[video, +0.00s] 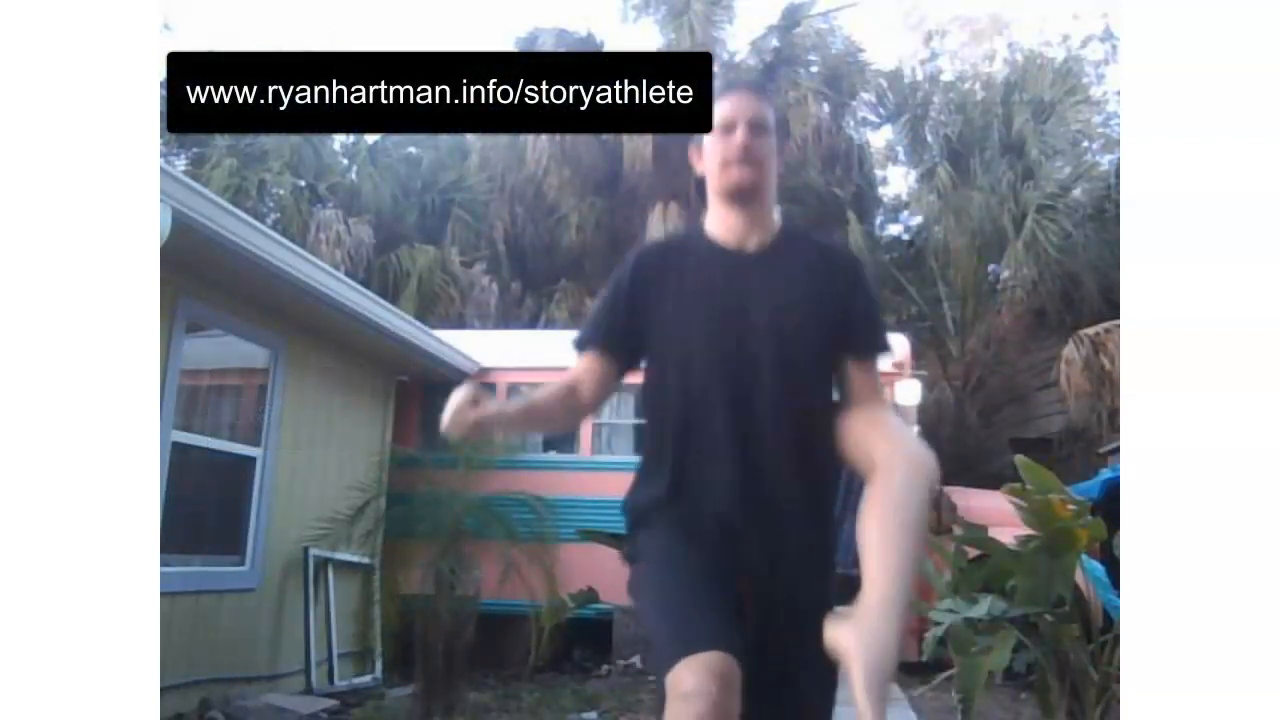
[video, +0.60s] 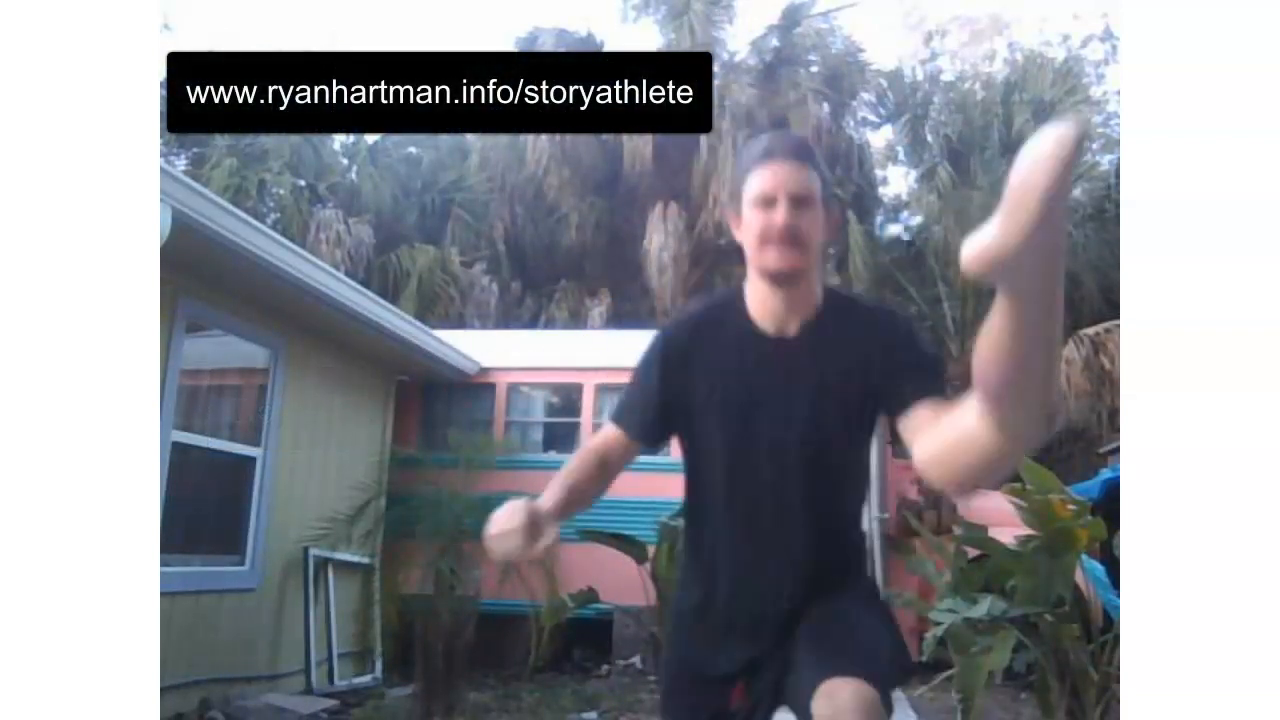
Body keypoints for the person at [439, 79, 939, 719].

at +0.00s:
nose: (743, 142)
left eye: (758, 129)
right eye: (725, 129)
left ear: (781, 150)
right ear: (698, 156)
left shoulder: (830, 268)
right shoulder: (655, 269)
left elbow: (865, 404)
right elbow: (580, 392)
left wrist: (900, 458)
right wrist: (496, 417)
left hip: (792, 537)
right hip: (681, 527)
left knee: (790, 712)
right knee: (705, 690)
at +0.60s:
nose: (784, 220)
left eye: (802, 202)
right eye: (765, 203)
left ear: (829, 220)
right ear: (737, 223)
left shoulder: (877, 336)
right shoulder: (690, 340)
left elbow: (944, 459)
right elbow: (610, 447)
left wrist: (1002, 425)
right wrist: (548, 508)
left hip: (832, 600)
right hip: (715, 609)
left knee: (849, 703)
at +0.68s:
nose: (789, 104)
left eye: (807, 90)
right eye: (772, 89)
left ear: (832, 114)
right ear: (742, 115)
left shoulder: (872, 227)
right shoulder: (687, 230)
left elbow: (923, 363)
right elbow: (616, 344)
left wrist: (981, 334)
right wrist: (506, 381)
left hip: (825, 522)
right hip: (704, 526)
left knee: (842, 701)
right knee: (694, 714)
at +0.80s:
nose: (768, 138)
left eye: (787, 125)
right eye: (752, 124)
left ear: (814, 151)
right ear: (725, 148)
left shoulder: (854, 262)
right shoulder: (674, 261)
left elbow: (897, 386)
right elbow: (601, 370)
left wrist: (949, 365)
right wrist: (492, 392)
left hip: (817, 542)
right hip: (700, 544)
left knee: (837, 699)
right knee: (688, 711)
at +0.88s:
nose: (788, 267)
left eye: (808, 253)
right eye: (772, 250)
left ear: (837, 277)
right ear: (743, 270)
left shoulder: (868, 387)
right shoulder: (683, 374)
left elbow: (927, 526)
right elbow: (602, 486)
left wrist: (983, 500)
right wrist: (492, 523)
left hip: (817, 632)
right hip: (703, 638)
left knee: (856, 697)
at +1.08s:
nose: (766, 195)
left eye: (782, 182)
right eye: (749, 181)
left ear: (805, 205)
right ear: (720, 204)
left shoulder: (848, 312)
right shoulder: (675, 311)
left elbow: (893, 436)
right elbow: (615, 432)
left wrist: (954, 389)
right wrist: (514, 437)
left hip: (810, 588)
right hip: (696, 589)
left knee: (851, 698)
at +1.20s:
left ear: (865, 7)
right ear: (770, 0)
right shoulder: (702, 119)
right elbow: (654, 261)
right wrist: (587, 379)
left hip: (827, 481)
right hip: (691, 468)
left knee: (833, 710)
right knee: (664, 700)